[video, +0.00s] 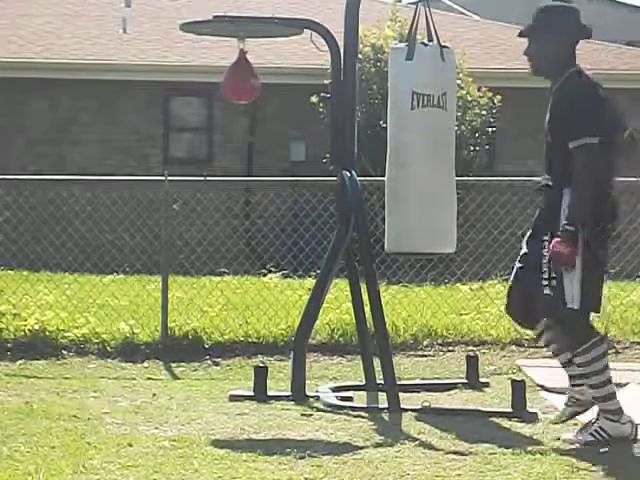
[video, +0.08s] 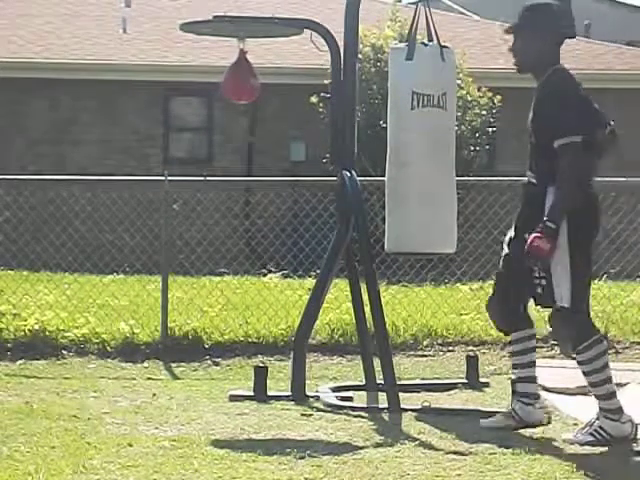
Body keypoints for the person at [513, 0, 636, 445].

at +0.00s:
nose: (525, 50)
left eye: (533, 41)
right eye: (527, 41)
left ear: (559, 44)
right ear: (558, 45)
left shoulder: (575, 92)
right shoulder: (567, 90)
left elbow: (589, 170)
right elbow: (570, 169)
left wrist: (572, 232)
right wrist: (548, 225)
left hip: (577, 219)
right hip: (559, 214)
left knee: (568, 316)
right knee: (535, 306)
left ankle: (612, 416)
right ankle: (583, 385)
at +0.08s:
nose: (510, 45)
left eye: (518, 37)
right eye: (513, 37)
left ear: (544, 41)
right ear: (544, 42)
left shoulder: (555, 86)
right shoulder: (558, 84)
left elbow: (572, 165)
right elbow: (606, 135)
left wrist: (550, 227)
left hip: (566, 212)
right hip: (541, 207)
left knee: (569, 316)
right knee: (508, 303)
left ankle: (614, 417)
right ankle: (527, 405)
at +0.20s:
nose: (485, 51)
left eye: (492, 43)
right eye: (487, 43)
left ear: (517, 48)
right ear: (517, 49)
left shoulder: (532, 94)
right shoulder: (516, 95)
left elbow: (546, 172)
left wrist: (518, 233)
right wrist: (501, 231)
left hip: (537, 223)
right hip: (509, 221)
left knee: (549, 325)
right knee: (482, 314)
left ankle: (611, 413)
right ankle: (491, 413)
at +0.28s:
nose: (465, 53)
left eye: (473, 45)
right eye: (466, 45)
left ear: (498, 51)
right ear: (495, 52)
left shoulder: (515, 96)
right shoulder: (500, 96)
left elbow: (530, 167)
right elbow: (556, 139)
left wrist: (508, 230)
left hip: (508, 226)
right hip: (488, 224)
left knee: (505, 326)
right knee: (471, 319)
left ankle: (587, 398)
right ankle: (490, 416)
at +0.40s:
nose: (436, 59)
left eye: (444, 51)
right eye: (438, 51)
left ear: (470, 54)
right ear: (468, 56)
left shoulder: (485, 98)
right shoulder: (478, 99)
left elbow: (508, 169)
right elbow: (496, 168)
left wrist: (499, 236)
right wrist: (464, 188)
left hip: (484, 219)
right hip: (473, 216)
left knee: (441, 316)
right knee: (454, 316)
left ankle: (523, 372)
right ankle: (488, 412)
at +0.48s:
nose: (425, 50)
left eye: (432, 42)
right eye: (427, 42)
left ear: (454, 46)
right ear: (453, 46)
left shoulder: (472, 91)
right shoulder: (463, 92)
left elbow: (493, 166)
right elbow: (473, 160)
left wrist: (484, 231)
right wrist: (445, 170)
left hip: (465, 210)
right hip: (469, 210)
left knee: (414, 303)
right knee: (463, 307)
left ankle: (477, 389)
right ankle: (481, 406)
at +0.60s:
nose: (403, 45)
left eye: (412, 37)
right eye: (405, 36)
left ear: (437, 44)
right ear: (426, 44)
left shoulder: (454, 95)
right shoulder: (439, 95)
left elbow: (474, 167)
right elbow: (441, 169)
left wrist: (463, 230)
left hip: (436, 214)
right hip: (442, 213)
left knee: (393, 306)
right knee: (455, 313)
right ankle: (486, 409)